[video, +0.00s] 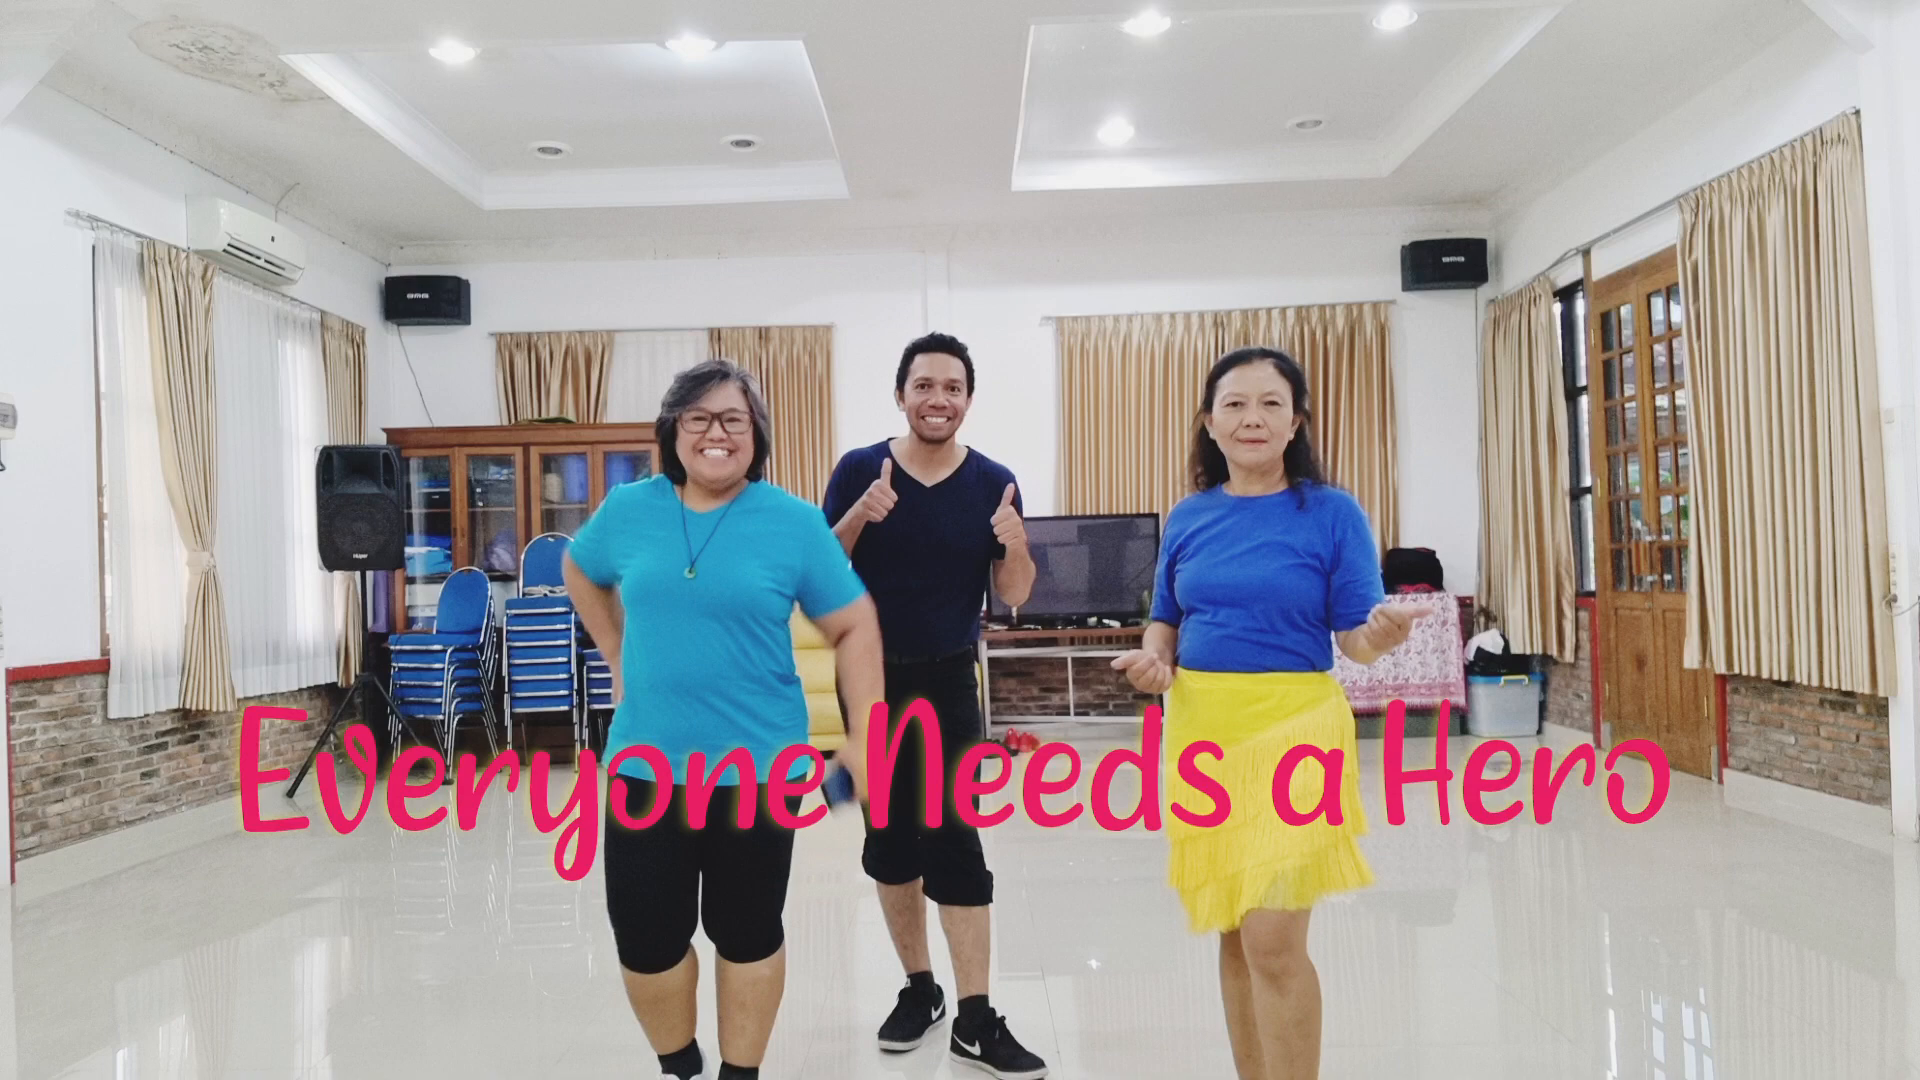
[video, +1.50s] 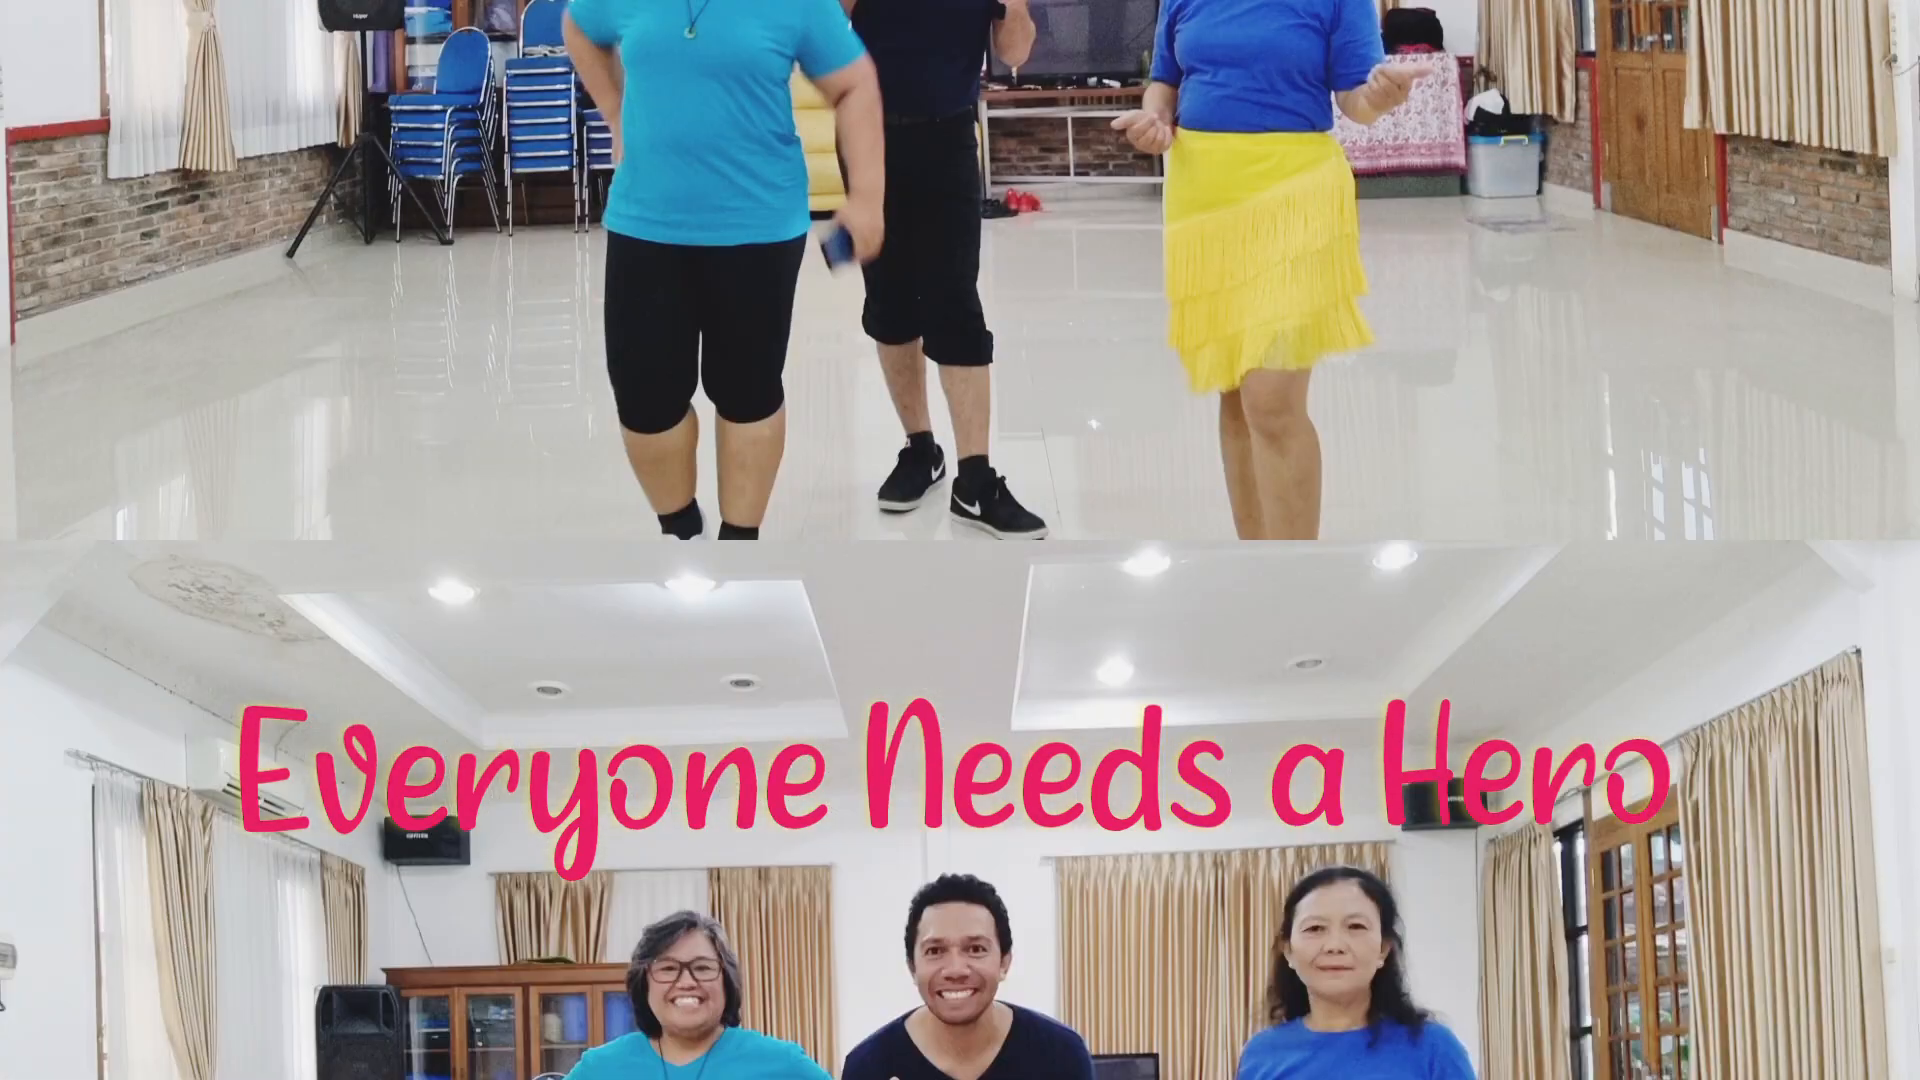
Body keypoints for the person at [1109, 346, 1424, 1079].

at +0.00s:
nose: (1252, 418)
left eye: (1270, 404)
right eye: (1234, 404)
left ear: (1295, 421)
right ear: (1210, 421)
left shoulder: (1333, 512)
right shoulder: (1186, 517)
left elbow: (1356, 643)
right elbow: (1163, 628)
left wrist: (1380, 635)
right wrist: (1151, 660)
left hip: (1297, 723)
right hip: (1204, 724)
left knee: (1272, 941)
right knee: (1237, 941)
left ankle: (1296, 1077)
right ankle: (1254, 1078)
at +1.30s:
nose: (1252, 302)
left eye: (1270, 287)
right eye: (1234, 288)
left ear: (1295, 304)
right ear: (1210, 305)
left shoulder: (1333, 396)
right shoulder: (1186, 401)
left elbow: (1356, 526)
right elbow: (1163, 508)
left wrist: (1380, 516)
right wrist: (1150, 542)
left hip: (1295, 607)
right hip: (1202, 608)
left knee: (1272, 817)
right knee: (1233, 818)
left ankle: (1296, 1004)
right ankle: (1259, 997)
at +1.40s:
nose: (1252, 141)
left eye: (1270, 127)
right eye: (1235, 128)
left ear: (1296, 143)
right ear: (1210, 145)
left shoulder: (1333, 236)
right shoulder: (1186, 241)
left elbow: (1357, 367)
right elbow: (1163, 346)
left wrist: (1381, 357)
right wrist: (1152, 381)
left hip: (1295, 446)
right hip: (1202, 449)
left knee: (1271, 663)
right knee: (1236, 663)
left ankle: (1304, 836)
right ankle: (1255, 830)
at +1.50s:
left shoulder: (1339, 1)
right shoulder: (1183, 3)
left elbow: (1355, 100)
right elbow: (1164, 78)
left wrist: (1384, 93)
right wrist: (1154, 117)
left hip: (1294, 179)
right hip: (1204, 182)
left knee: (1271, 400)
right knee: (1237, 400)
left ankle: (1295, 587)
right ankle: (1257, 577)